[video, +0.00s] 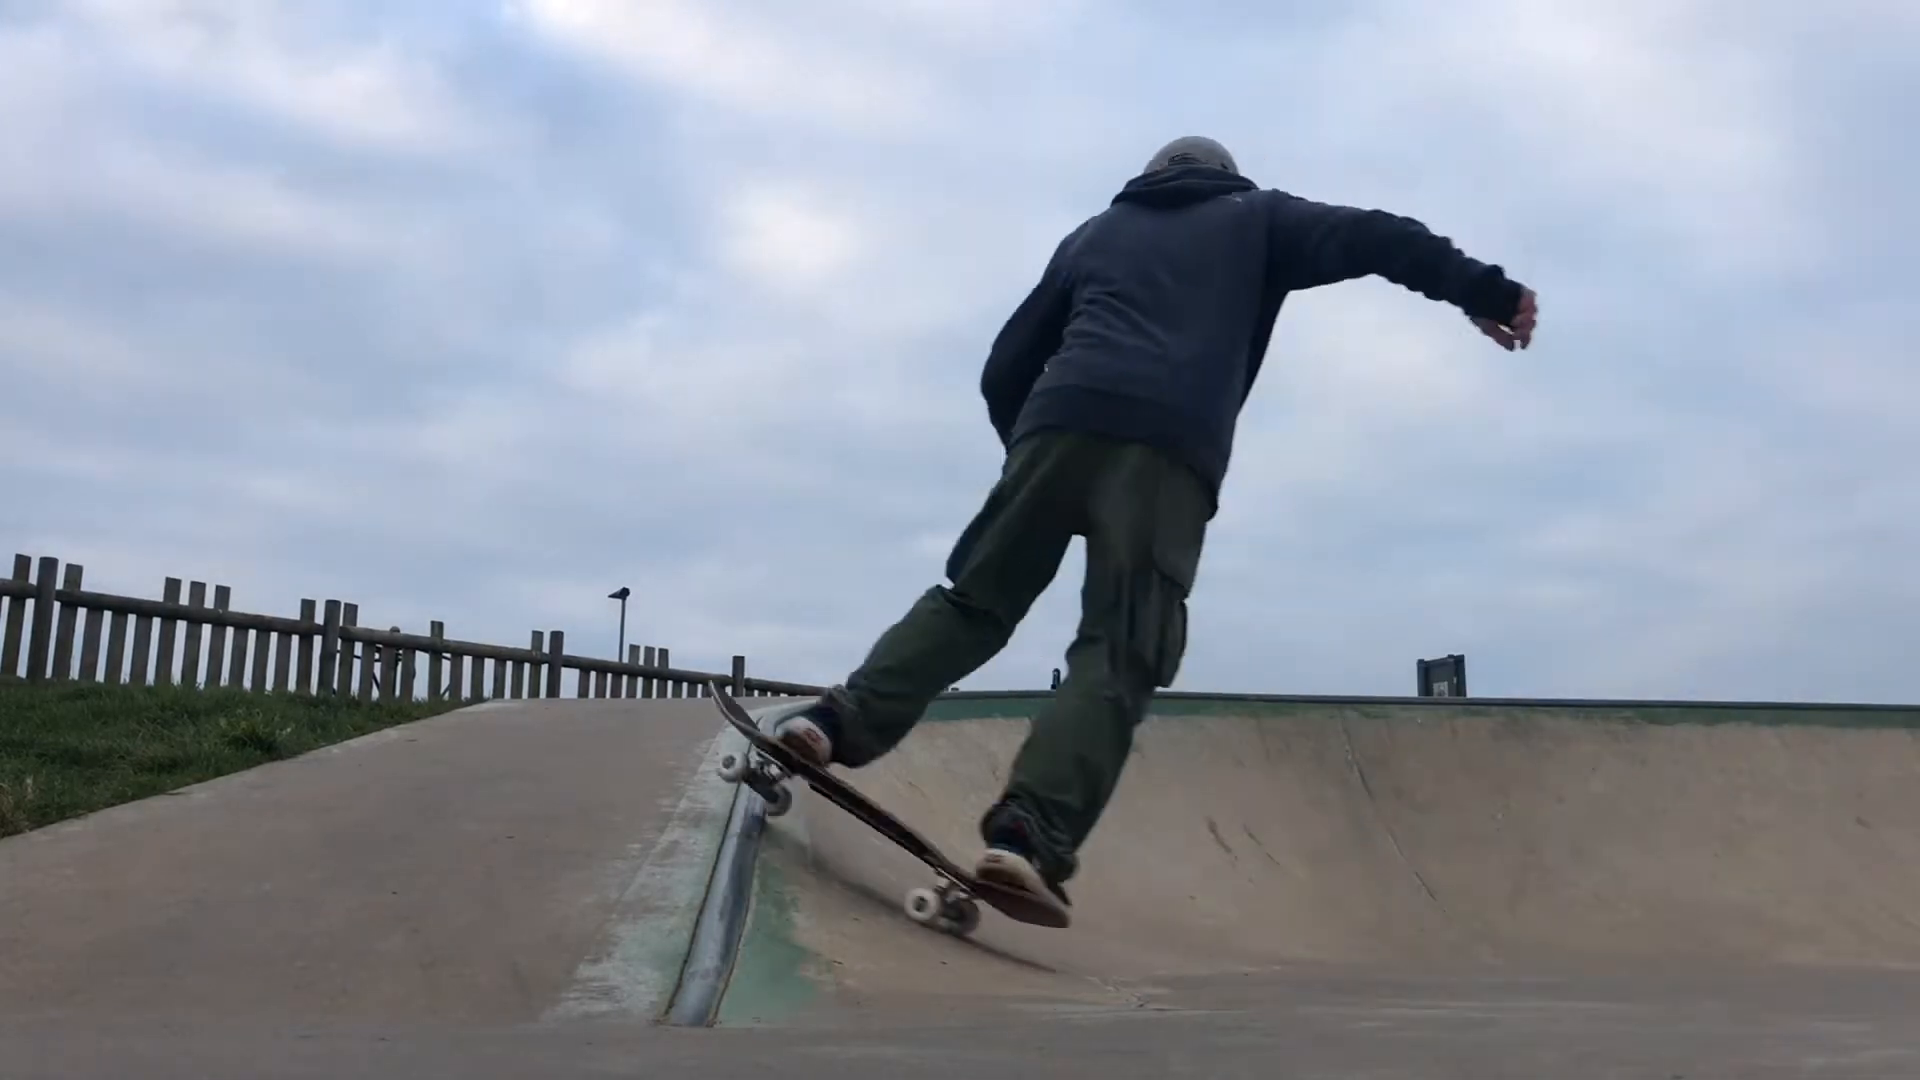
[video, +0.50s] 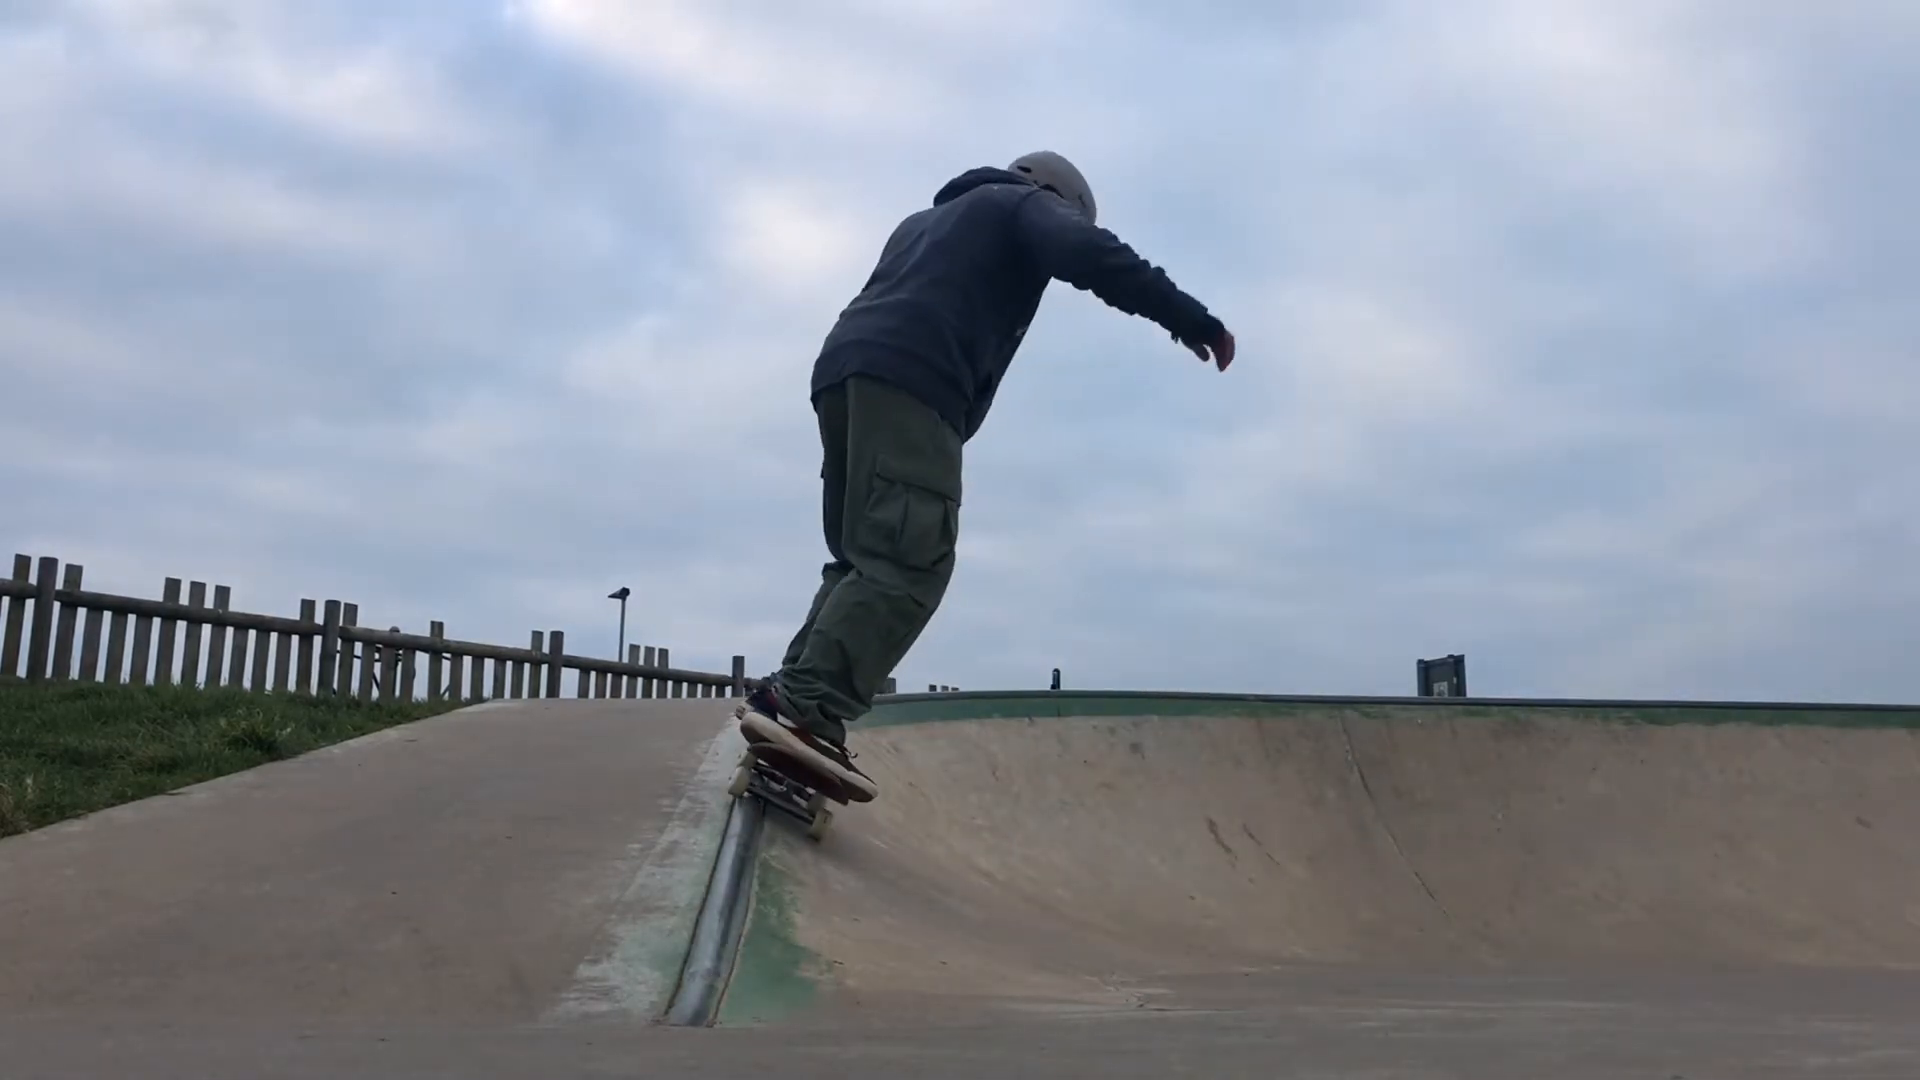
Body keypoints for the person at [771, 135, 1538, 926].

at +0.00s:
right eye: (1234, 184)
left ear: (1154, 176)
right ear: (1230, 179)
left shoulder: (1096, 231)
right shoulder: (1256, 215)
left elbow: (1009, 359)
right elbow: (1379, 235)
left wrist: (1038, 444)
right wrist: (1489, 291)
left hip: (1059, 415)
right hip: (1173, 434)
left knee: (974, 597)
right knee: (1119, 644)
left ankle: (840, 724)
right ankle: (1029, 833)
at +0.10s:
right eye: (1165, 195)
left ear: (1087, 185)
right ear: (1152, 193)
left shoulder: (1025, 227)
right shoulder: (1169, 223)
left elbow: (912, 331)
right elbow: (1232, 277)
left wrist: (896, 426)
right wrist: (1301, 351)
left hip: (958, 382)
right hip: (1057, 405)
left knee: (920, 561)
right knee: (996, 609)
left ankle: (769, 670)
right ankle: (851, 750)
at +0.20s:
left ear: (1048, 183)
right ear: (1109, 198)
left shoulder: (977, 218)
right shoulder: (1115, 228)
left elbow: (845, 306)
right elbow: (1144, 312)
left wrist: (812, 393)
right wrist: (1182, 424)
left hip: (886, 379)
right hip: (970, 398)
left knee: (860, 568)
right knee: (941, 594)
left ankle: (781, 709)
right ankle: (796, 712)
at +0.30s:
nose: (1089, 212)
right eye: (1091, 203)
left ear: (1027, 169)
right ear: (1080, 187)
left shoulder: (944, 210)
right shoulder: (1070, 213)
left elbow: (823, 302)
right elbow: (1092, 306)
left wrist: (806, 392)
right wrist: (1147, 417)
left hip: (848, 374)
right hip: (927, 380)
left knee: (865, 568)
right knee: (927, 574)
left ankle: (784, 702)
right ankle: (802, 709)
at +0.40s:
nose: (1080, 231)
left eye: (1084, 223)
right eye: (1081, 218)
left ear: (1024, 171)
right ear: (1065, 195)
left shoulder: (933, 208)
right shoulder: (1044, 205)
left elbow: (858, 290)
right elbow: (1079, 286)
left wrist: (839, 354)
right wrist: (1155, 380)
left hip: (838, 356)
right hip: (910, 364)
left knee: (849, 554)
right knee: (914, 558)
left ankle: (790, 693)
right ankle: (811, 704)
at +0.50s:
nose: (1073, 225)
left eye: (1075, 217)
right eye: (1074, 214)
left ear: (1018, 174)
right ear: (1055, 193)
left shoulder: (927, 218)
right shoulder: (1023, 201)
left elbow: (885, 292)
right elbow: (1091, 251)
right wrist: (1191, 318)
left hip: (843, 367)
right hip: (910, 373)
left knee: (861, 559)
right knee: (909, 561)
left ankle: (793, 698)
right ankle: (809, 709)